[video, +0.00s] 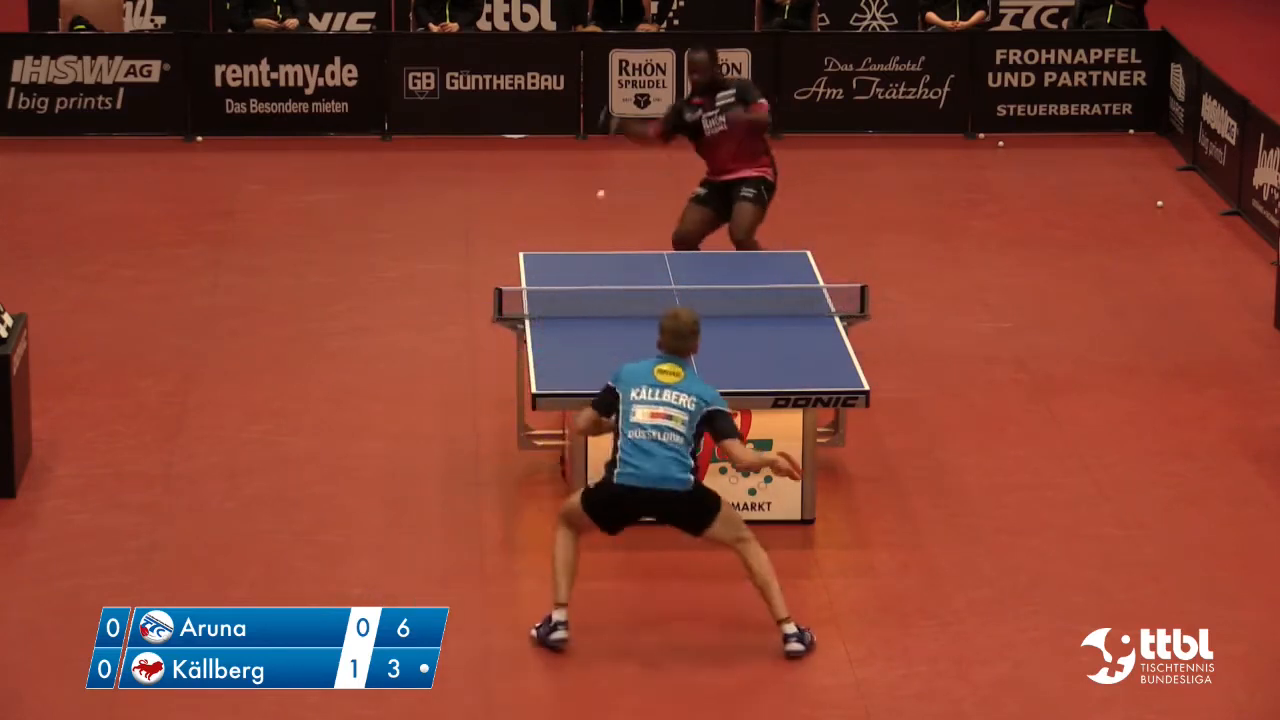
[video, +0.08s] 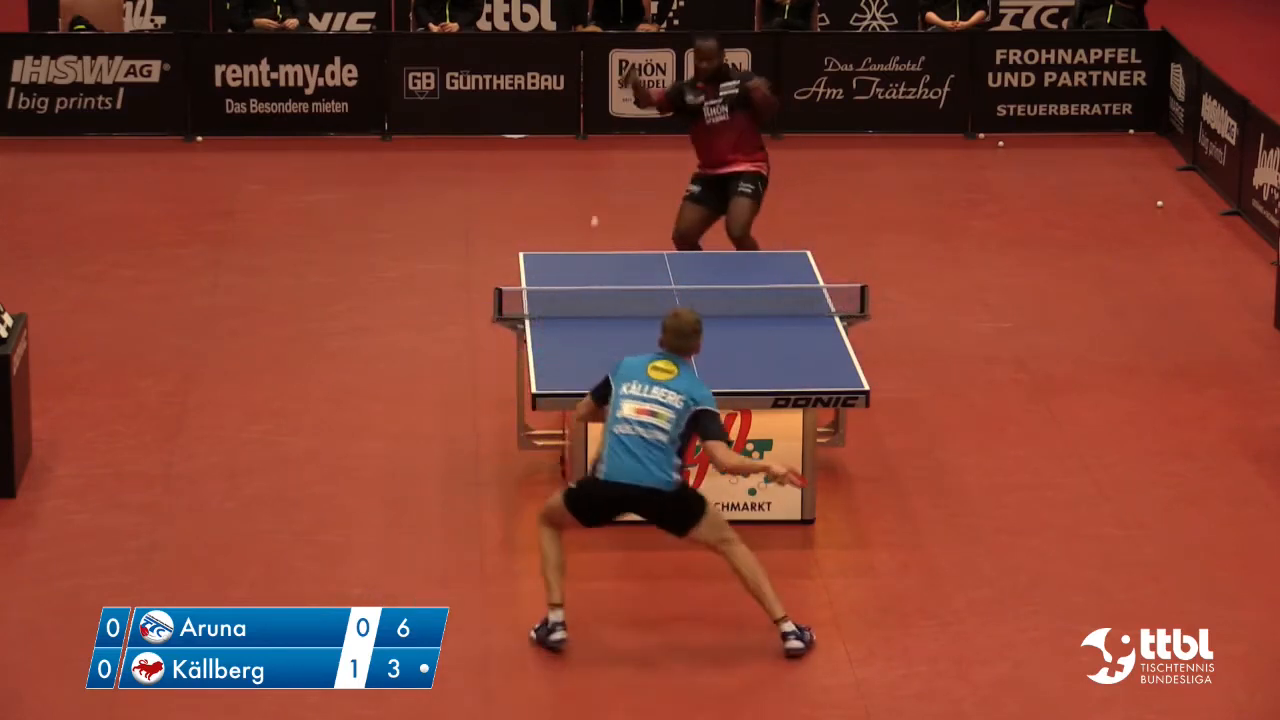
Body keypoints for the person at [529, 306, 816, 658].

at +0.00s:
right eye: (694, 339)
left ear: (658, 342)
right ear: (695, 347)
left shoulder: (627, 376)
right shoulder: (705, 394)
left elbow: (583, 425)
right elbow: (740, 458)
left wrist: (617, 420)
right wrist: (769, 460)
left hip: (622, 490)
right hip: (679, 493)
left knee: (568, 521)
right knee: (745, 541)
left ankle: (558, 620)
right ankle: (789, 630)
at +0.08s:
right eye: (697, 339)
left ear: (660, 339)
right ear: (697, 347)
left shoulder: (626, 368)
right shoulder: (697, 391)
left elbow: (582, 414)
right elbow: (724, 461)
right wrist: (766, 468)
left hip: (610, 485)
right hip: (662, 491)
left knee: (548, 519)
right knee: (729, 542)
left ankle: (555, 622)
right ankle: (788, 629)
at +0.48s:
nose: (636, 413)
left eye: (632, 404)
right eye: (637, 407)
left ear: (600, 398)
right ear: (630, 414)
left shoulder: (581, 422)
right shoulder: (582, 459)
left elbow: (604, 468)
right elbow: (526, 512)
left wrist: (650, 488)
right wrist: (511, 577)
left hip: (473, 508)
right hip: (506, 522)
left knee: (435, 577)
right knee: (616, 543)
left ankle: (360, 622)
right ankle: (635, 650)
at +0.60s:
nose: (607, 432)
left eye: (606, 424)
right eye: (607, 426)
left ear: (573, 416)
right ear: (595, 431)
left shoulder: (554, 435)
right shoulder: (541, 472)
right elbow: (487, 527)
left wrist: (561, 481)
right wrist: (481, 587)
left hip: (455, 518)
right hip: (484, 536)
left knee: (424, 587)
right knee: (592, 551)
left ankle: (354, 623)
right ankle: (634, 651)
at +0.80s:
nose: (549, 382)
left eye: (549, 375)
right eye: (548, 376)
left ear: (508, 370)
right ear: (536, 379)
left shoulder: (469, 399)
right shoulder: (542, 418)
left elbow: (439, 440)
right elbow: (602, 408)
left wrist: (482, 426)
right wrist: (594, 354)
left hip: (437, 532)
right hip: (489, 538)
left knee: (405, 568)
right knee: (596, 551)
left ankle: (344, 626)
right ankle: (637, 649)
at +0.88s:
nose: (534, 348)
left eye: (527, 340)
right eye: (532, 342)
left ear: (492, 341)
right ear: (529, 346)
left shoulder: (457, 380)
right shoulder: (534, 386)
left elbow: (413, 428)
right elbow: (587, 356)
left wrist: (429, 412)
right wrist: (551, 315)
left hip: (437, 509)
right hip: (491, 515)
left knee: (393, 553)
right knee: (588, 551)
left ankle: (340, 623)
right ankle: (633, 648)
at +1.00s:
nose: (516, 322)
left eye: (513, 315)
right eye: (514, 316)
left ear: (472, 319)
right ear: (507, 321)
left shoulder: (442, 358)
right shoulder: (524, 359)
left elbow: (404, 425)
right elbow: (581, 364)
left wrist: (425, 399)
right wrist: (564, 312)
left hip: (437, 485)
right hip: (491, 489)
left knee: (383, 534)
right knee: (577, 543)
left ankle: (343, 624)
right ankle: (612, 647)